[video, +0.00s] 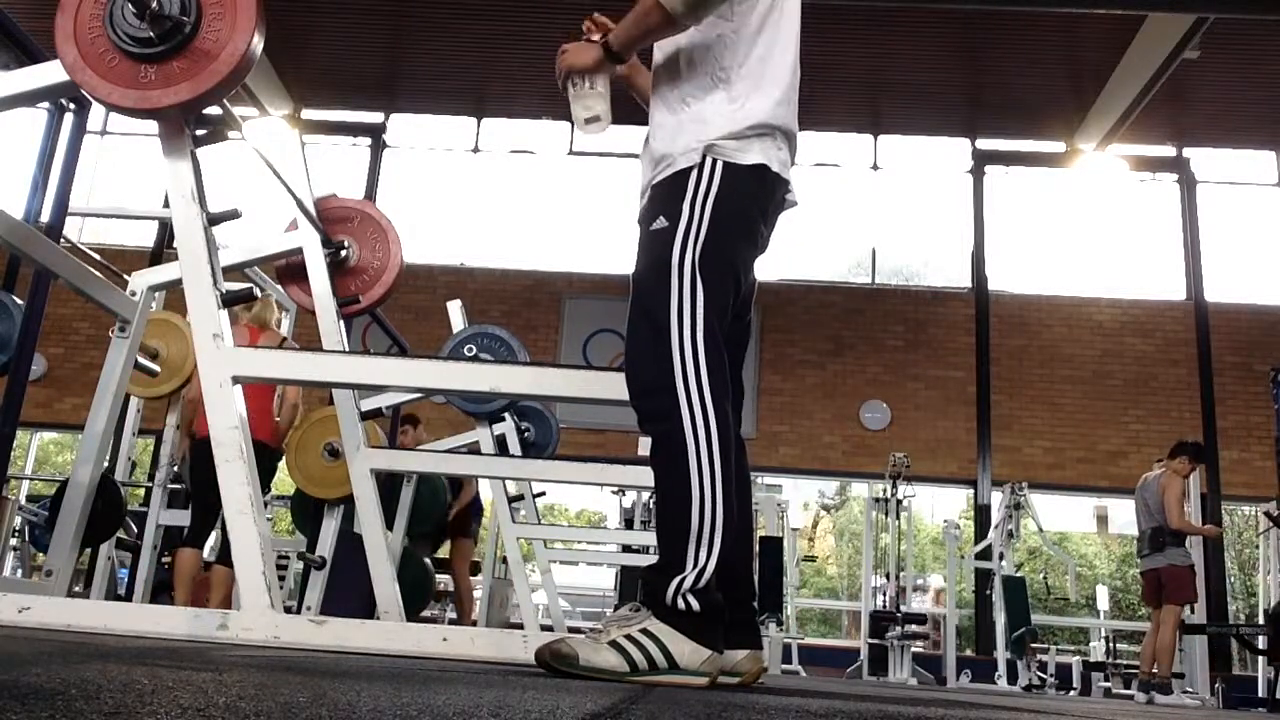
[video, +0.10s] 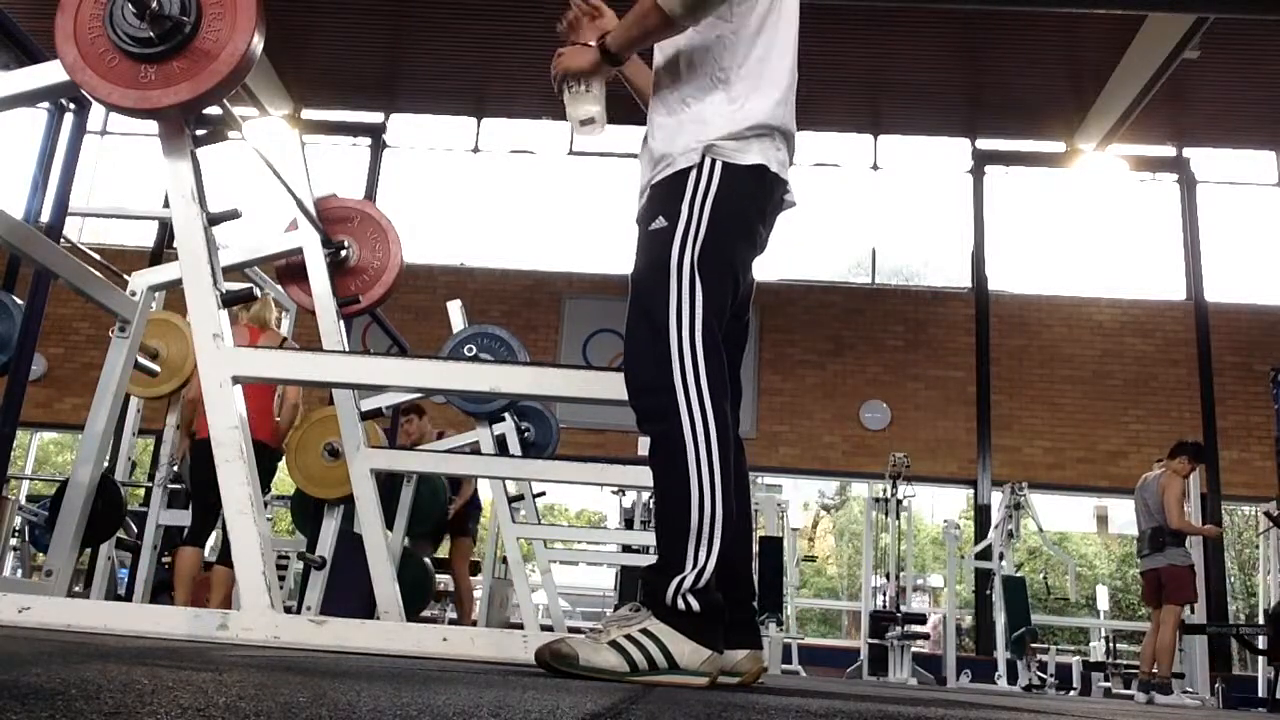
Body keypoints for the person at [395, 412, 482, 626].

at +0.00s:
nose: (399, 441)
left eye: (404, 433)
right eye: (396, 435)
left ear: (419, 430)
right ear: (392, 437)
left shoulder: (442, 454)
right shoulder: (404, 463)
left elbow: (470, 486)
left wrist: (454, 509)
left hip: (464, 505)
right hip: (435, 506)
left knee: (459, 566)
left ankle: (465, 624)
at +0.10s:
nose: (407, 429)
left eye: (410, 421)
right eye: (402, 425)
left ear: (425, 419)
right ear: (399, 430)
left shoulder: (449, 440)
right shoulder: (407, 453)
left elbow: (470, 478)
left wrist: (457, 502)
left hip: (462, 501)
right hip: (428, 504)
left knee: (458, 564)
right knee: (414, 557)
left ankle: (465, 625)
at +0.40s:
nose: (416, 413)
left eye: (422, 407)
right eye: (411, 409)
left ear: (434, 410)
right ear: (407, 414)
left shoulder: (451, 437)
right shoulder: (404, 440)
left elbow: (466, 477)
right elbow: (394, 472)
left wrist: (460, 502)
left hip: (451, 504)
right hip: (416, 504)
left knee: (457, 566)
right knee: (407, 559)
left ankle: (464, 625)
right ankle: (399, 617)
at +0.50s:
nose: (420, 411)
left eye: (426, 406)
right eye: (415, 407)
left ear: (437, 410)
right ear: (409, 413)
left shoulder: (452, 439)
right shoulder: (402, 440)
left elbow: (465, 477)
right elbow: (390, 472)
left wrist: (461, 501)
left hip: (447, 506)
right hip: (412, 506)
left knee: (454, 568)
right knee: (405, 563)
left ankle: (463, 626)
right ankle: (399, 620)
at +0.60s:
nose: (425, 411)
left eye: (431, 407)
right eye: (421, 406)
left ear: (441, 412)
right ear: (415, 411)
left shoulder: (453, 440)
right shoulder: (404, 439)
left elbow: (463, 478)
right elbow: (393, 472)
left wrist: (459, 503)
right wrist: (398, 498)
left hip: (447, 506)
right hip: (412, 504)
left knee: (453, 568)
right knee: (405, 560)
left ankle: (462, 626)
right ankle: (396, 618)